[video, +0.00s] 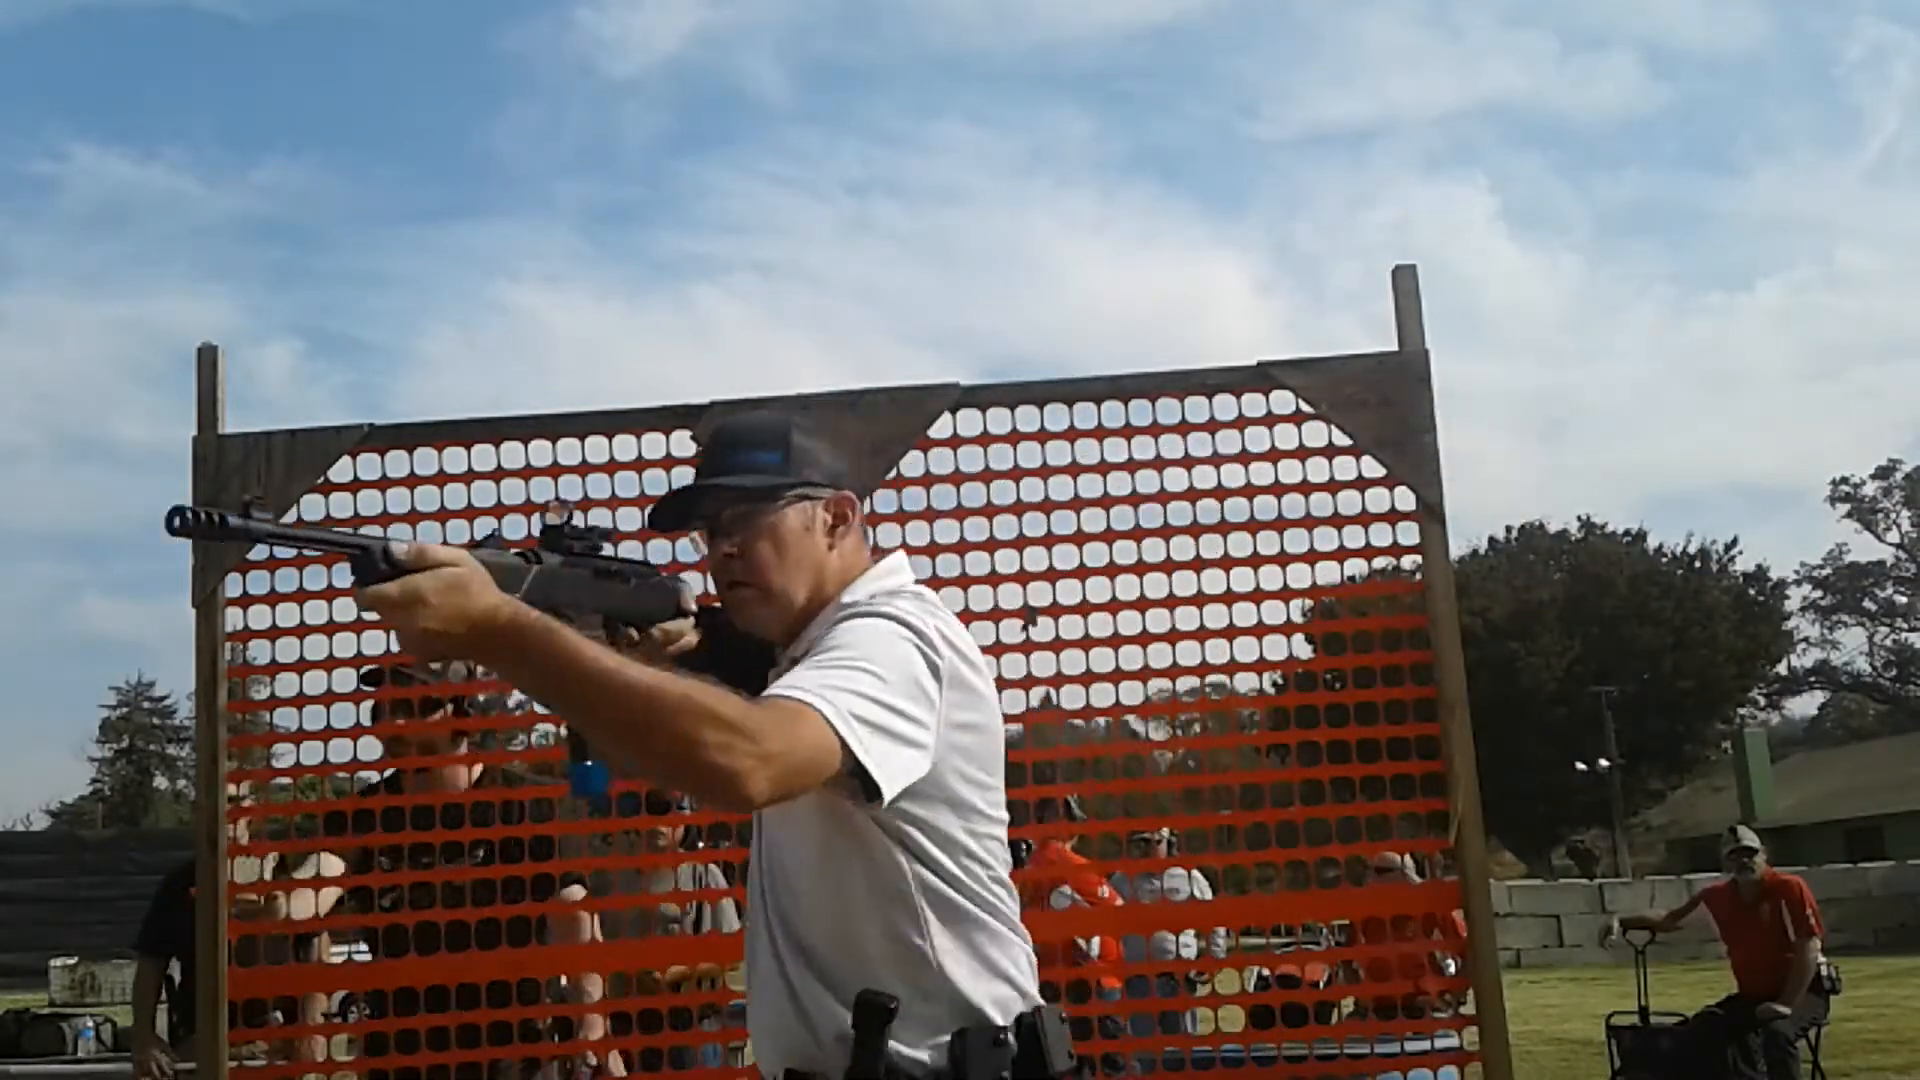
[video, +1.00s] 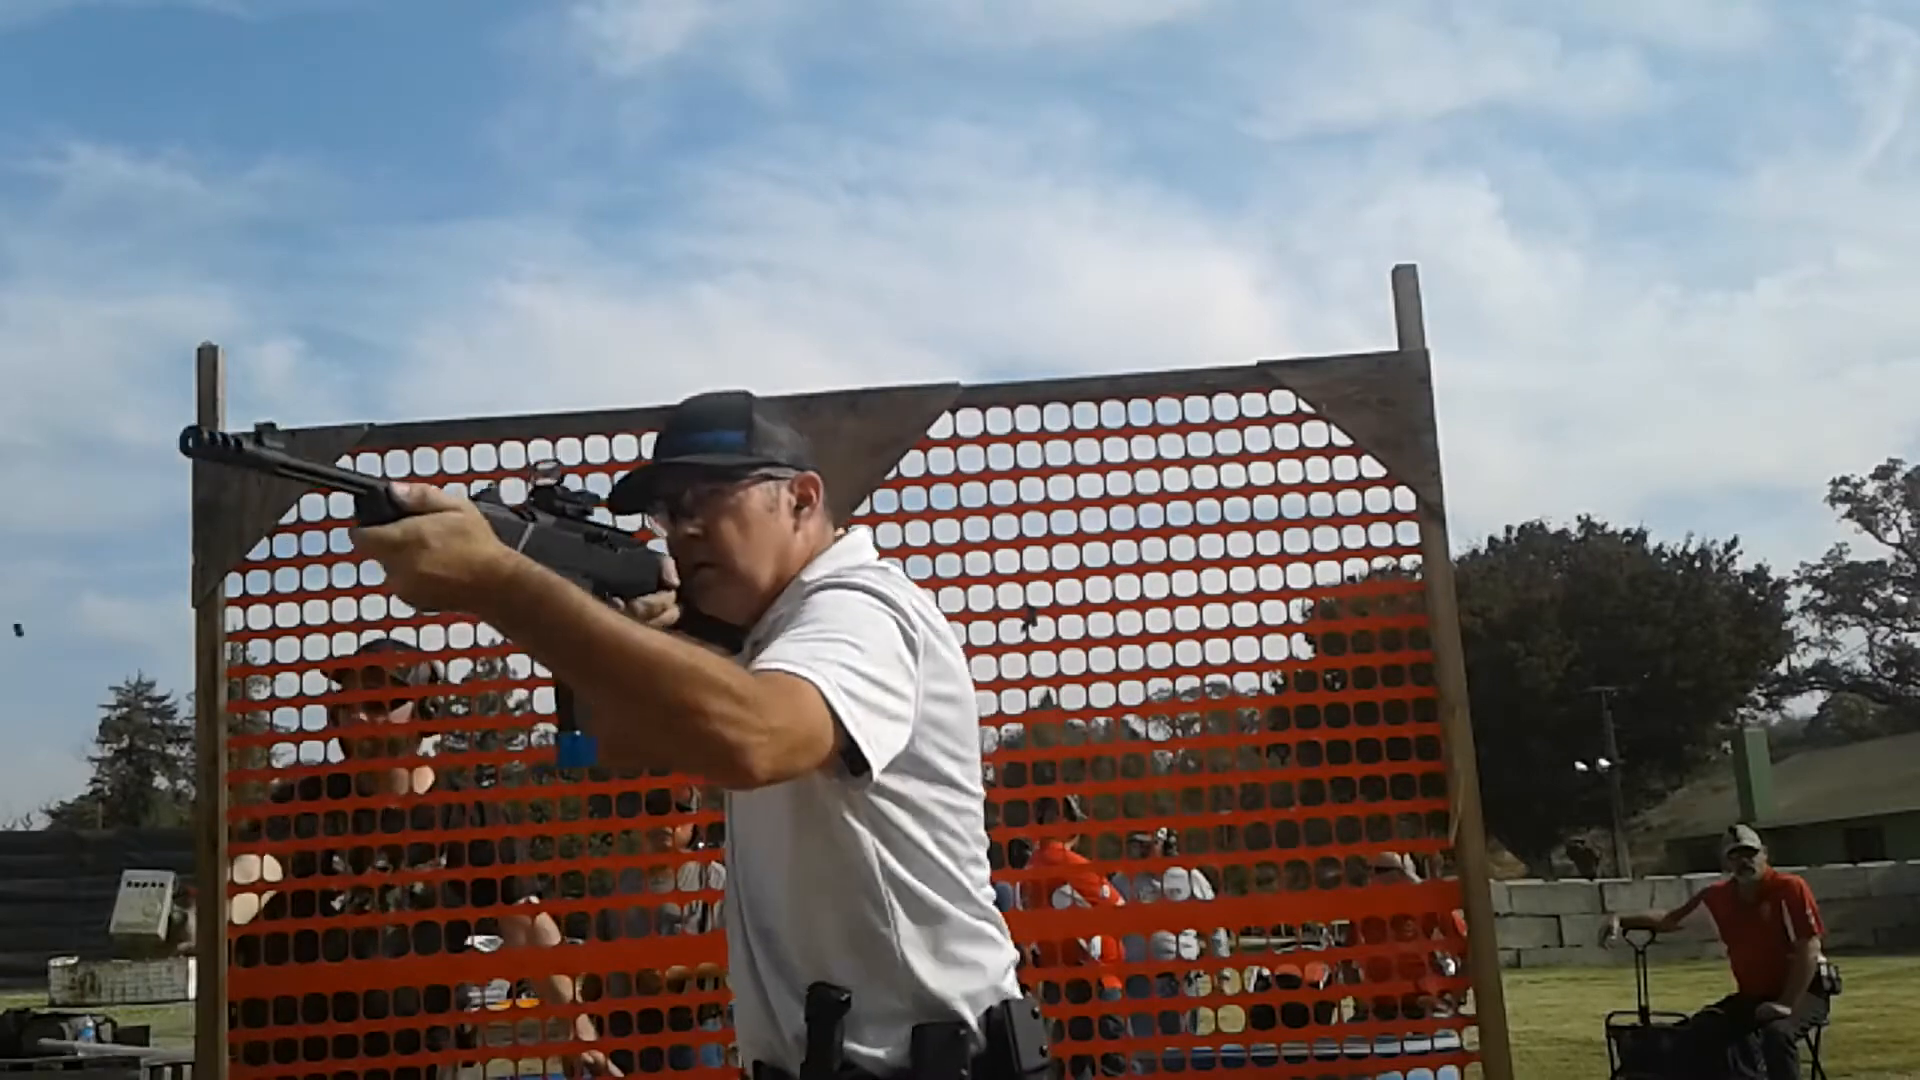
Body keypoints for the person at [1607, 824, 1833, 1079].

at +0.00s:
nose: (1744, 860)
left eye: (1750, 853)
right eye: (1735, 856)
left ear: (1763, 856)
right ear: (1725, 863)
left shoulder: (1789, 888)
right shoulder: (1715, 897)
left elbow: (1810, 949)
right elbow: (1668, 922)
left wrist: (1787, 1004)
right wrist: (1621, 923)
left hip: (1803, 998)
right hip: (1753, 998)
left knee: (1776, 1035)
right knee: (1695, 1031)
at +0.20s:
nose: (1744, 860)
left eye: (1750, 853)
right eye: (1735, 856)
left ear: (1762, 856)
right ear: (1726, 862)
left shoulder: (1790, 888)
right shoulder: (1715, 897)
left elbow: (1810, 950)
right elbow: (1669, 921)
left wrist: (1788, 1004)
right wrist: (1622, 922)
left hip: (1803, 998)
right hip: (1752, 999)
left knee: (1776, 1035)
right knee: (1695, 1032)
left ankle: (1785, 1075)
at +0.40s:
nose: (1744, 860)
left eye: (1750, 853)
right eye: (1736, 855)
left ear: (1763, 856)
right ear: (1726, 862)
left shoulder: (1790, 888)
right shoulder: (1715, 897)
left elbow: (1810, 949)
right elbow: (1669, 921)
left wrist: (1788, 1004)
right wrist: (1621, 922)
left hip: (1803, 998)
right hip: (1752, 999)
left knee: (1776, 1034)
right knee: (1695, 1031)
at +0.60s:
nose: (1744, 860)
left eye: (1750, 853)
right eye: (1736, 855)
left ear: (1763, 856)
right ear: (1726, 862)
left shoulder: (1790, 888)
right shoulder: (1715, 897)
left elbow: (1810, 949)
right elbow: (1669, 921)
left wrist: (1788, 1004)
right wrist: (1622, 922)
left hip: (1803, 998)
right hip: (1752, 998)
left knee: (1776, 1035)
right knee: (1695, 1031)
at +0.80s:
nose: (1744, 860)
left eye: (1750, 853)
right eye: (1735, 855)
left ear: (1764, 856)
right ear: (1726, 862)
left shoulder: (1791, 888)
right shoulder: (1716, 896)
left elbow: (1810, 949)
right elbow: (1669, 921)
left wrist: (1788, 1005)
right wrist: (1621, 922)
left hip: (1802, 998)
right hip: (1751, 999)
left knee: (1775, 1034)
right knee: (1692, 1034)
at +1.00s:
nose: (1744, 860)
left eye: (1750, 853)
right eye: (1735, 855)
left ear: (1764, 856)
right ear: (1726, 862)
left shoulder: (1790, 888)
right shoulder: (1715, 896)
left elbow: (1810, 949)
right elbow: (1669, 921)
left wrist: (1788, 1005)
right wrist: (1621, 922)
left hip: (1802, 998)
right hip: (1751, 999)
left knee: (1775, 1034)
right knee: (1692, 1034)